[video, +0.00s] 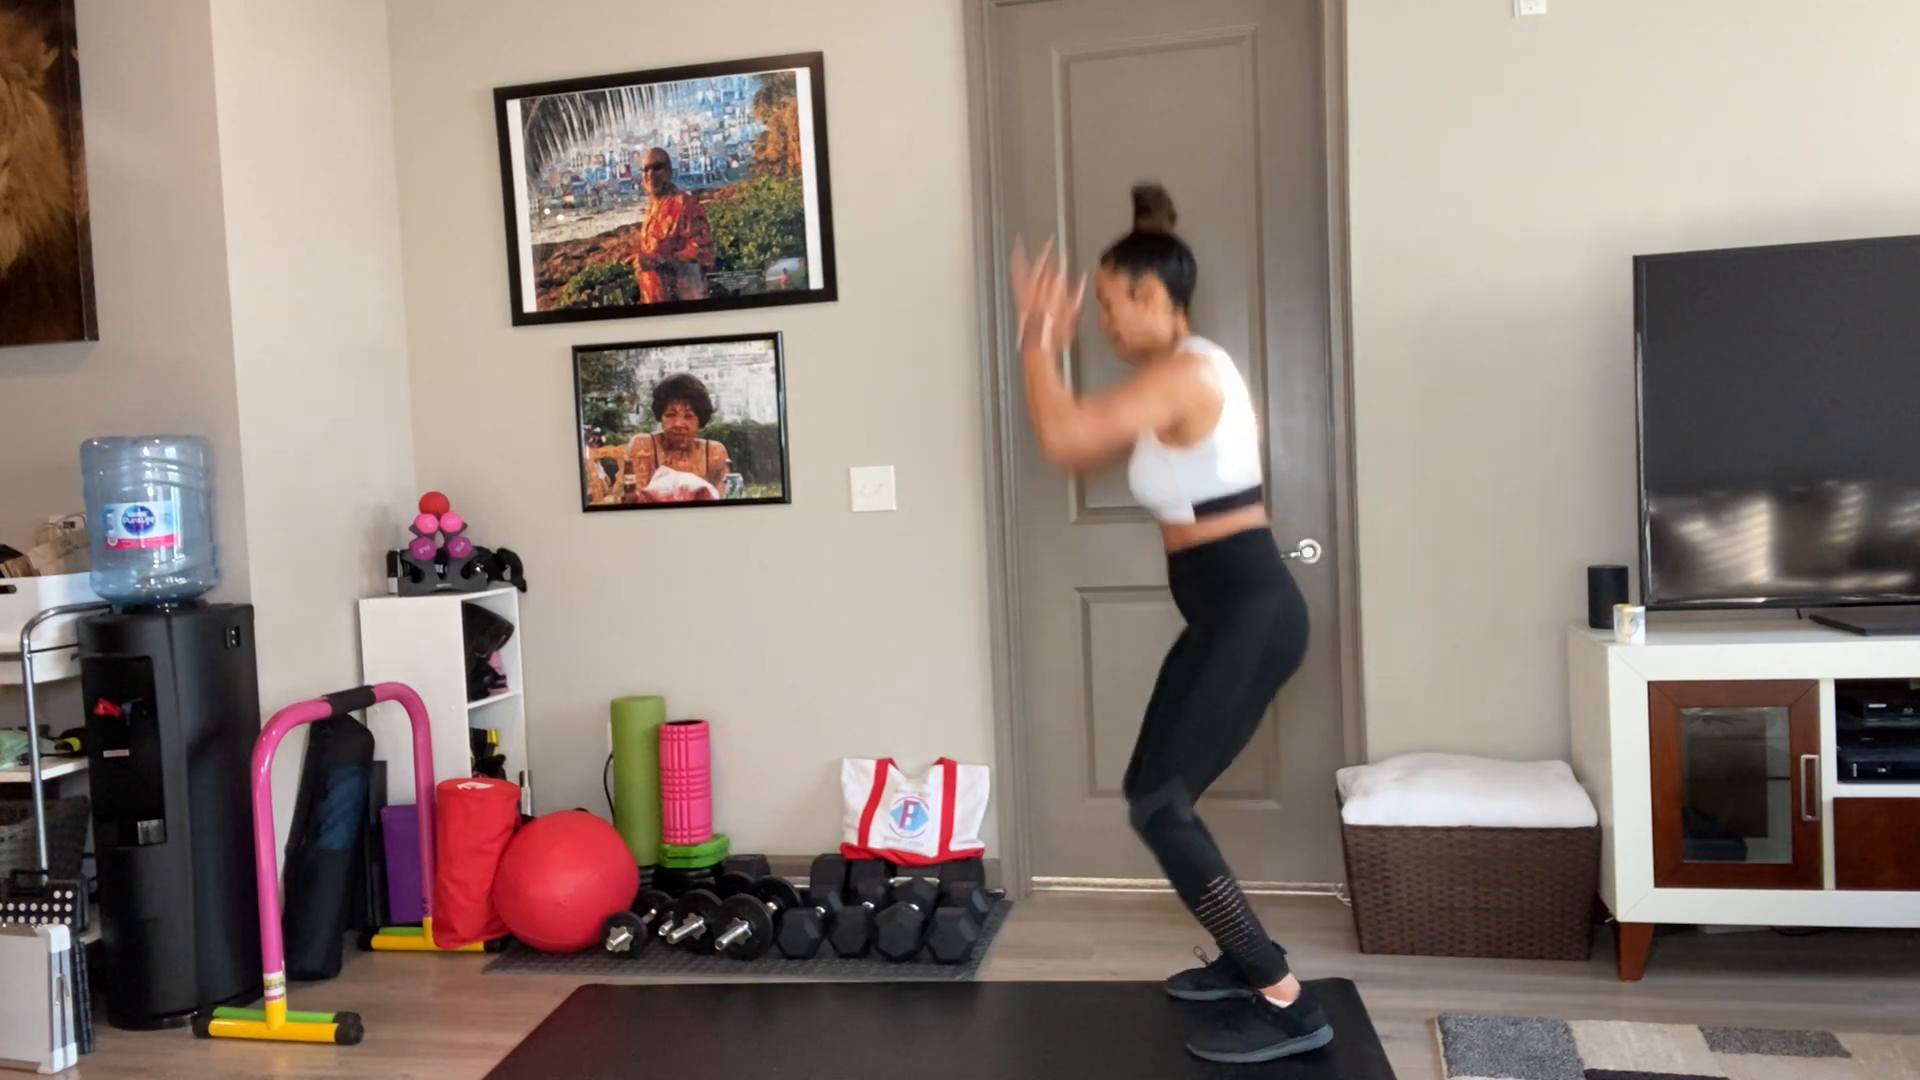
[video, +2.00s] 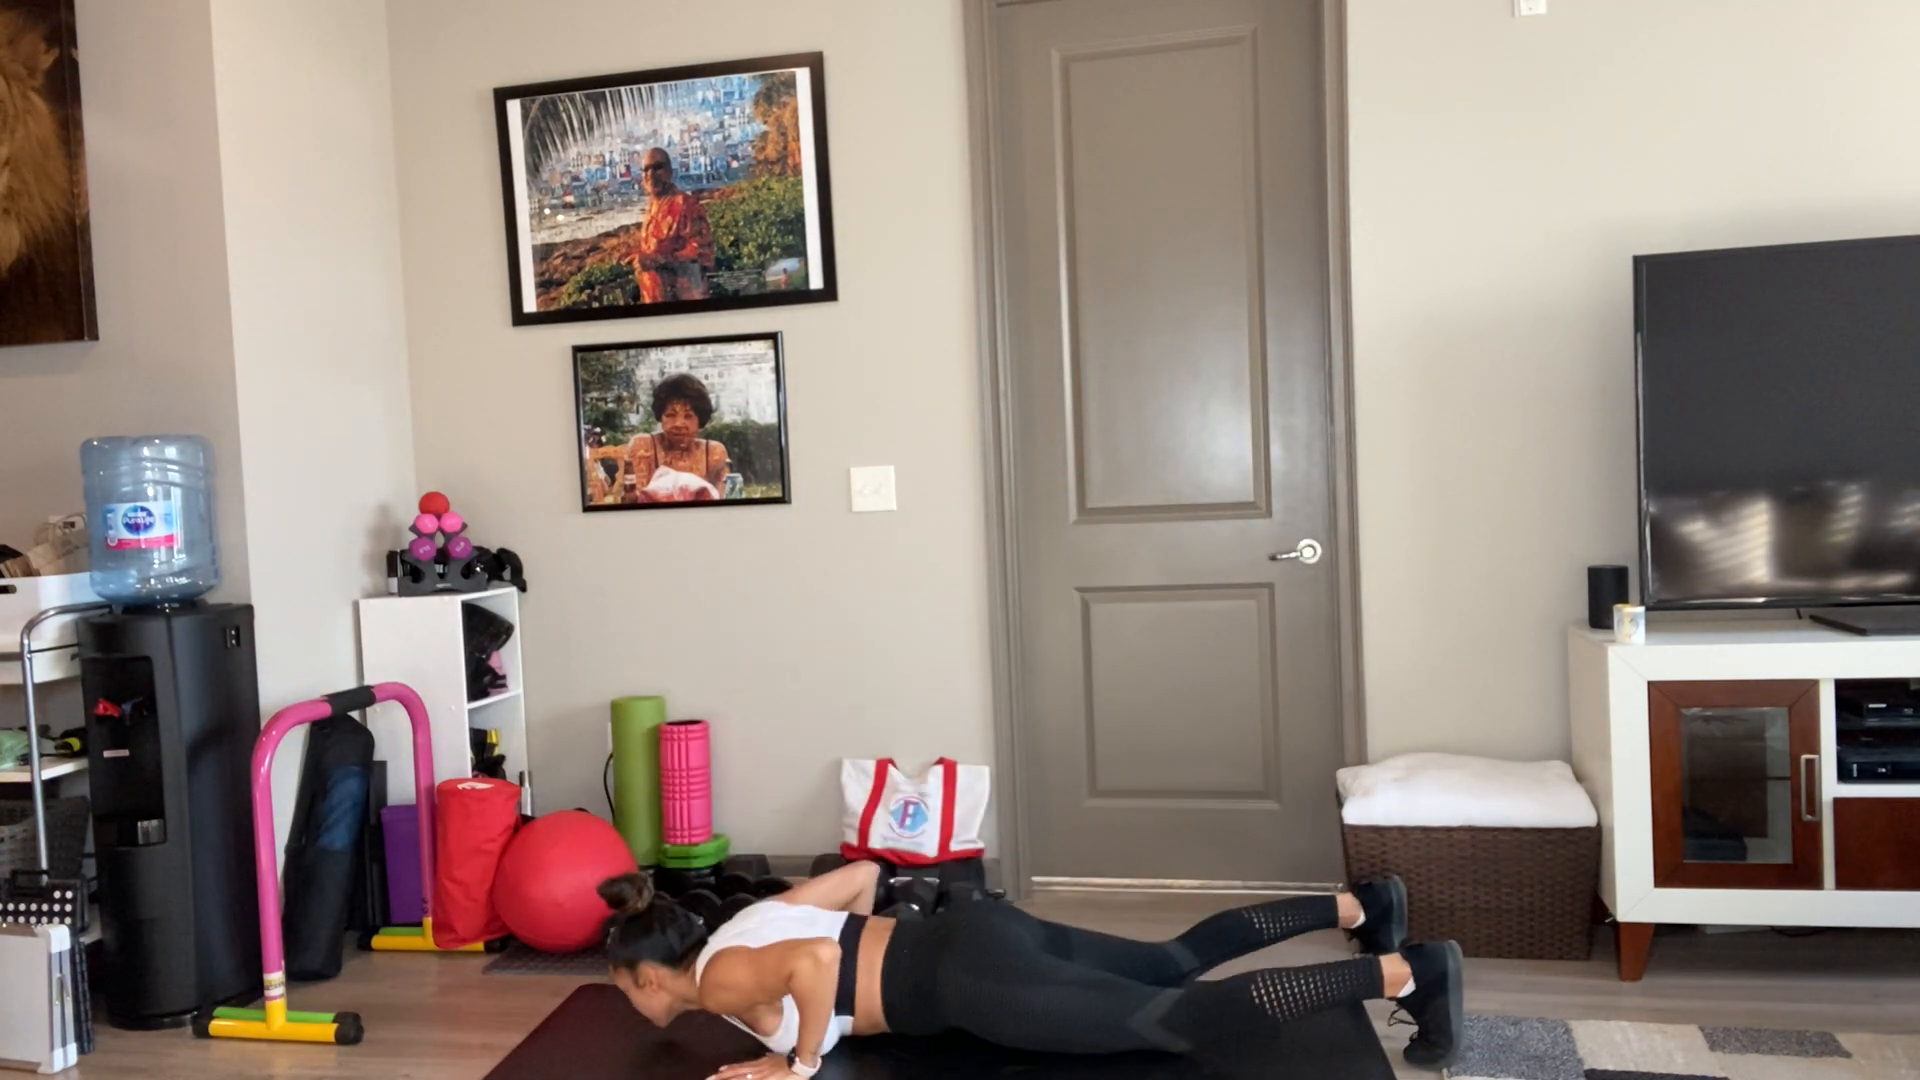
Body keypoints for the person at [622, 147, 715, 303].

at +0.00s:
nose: (650, 174)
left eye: (657, 167)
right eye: (646, 169)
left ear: (670, 172)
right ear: (642, 176)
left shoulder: (686, 204)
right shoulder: (653, 206)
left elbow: (703, 254)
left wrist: (655, 260)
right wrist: (639, 257)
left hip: (683, 297)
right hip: (655, 297)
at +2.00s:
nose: (651, 174)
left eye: (657, 167)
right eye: (646, 169)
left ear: (670, 172)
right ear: (642, 175)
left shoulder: (686, 205)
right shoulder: (653, 206)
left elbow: (702, 254)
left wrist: (654, 260)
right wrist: (638, 256)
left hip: (683, 297)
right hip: (655, 297)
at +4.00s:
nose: (650, 174)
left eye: (657, 167)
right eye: (646, 169)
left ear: (670, 172)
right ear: (642, 175)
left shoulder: (685, 204)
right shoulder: (653, 206)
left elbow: (703, 254)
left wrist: (657, 260)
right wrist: (637, 257)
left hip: (682, 297)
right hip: (654, 297)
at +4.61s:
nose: (650, 174)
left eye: (657, 167)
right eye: (645, 169)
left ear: (669, 171)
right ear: (642, 176)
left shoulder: (686, 204)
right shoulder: (653, 207)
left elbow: (702, 254)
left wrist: (657, 261)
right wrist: (638, 257)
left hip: (683, 297)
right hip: (655, 297)